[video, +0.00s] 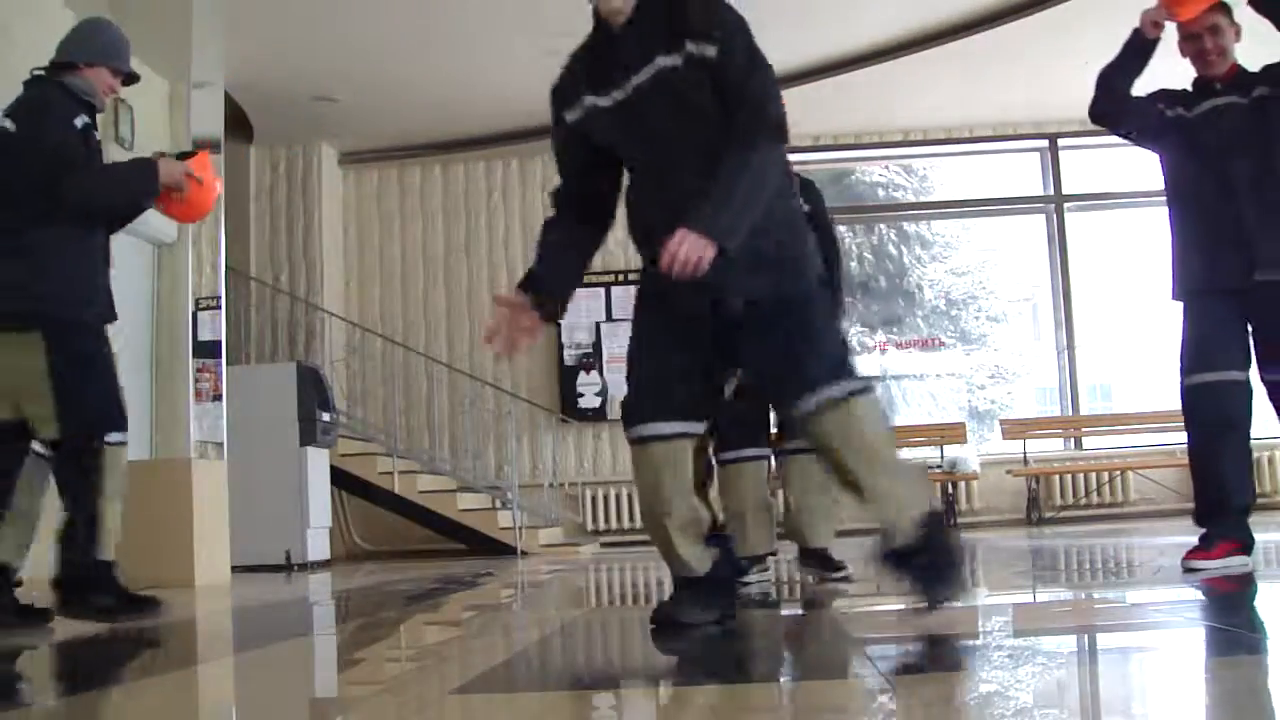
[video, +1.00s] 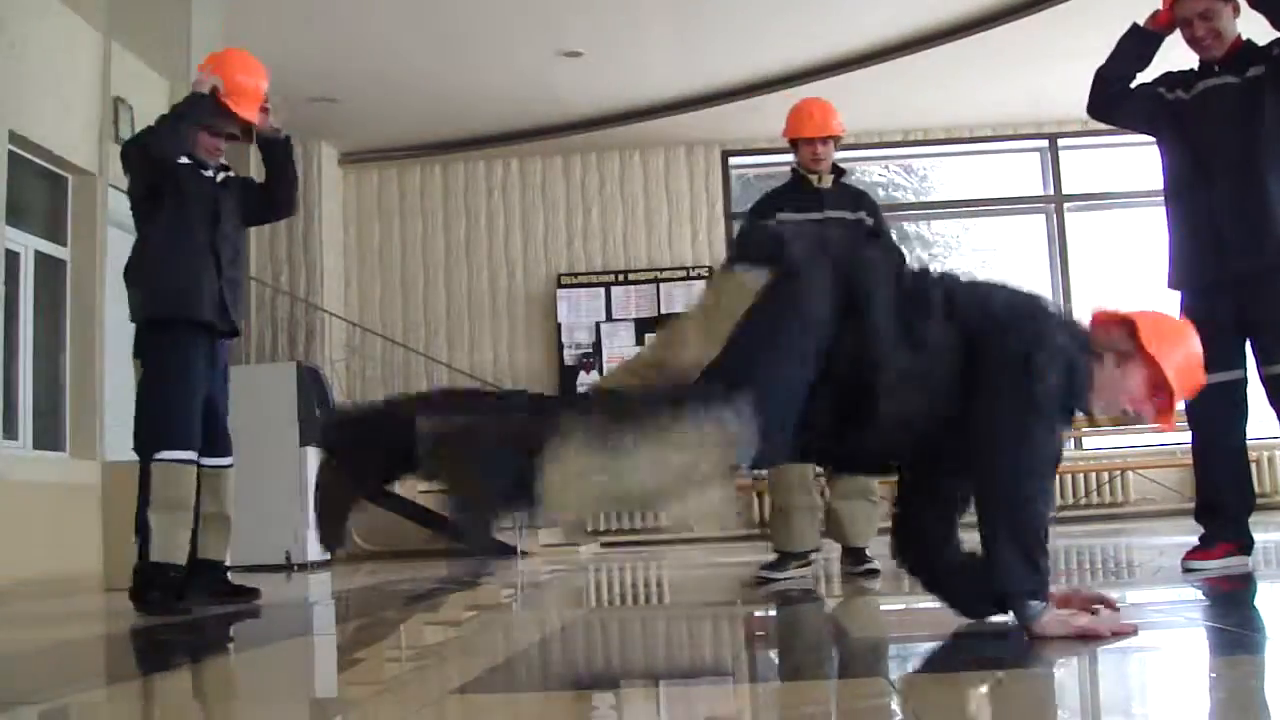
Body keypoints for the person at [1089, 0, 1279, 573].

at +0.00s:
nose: (1205, 44)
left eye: (1214, 30)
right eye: (1193, 38)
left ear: (1237, 29)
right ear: (1180, 47)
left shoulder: (1272, 88)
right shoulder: (1173, 112)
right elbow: (1106, 108)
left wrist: (1261, 8)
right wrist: (1143, 37)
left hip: (1274, 277)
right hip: (1210, 285)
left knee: (1278, 396)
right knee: (1212, 405)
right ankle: (1226, 535)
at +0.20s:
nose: (1192, 42)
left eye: (1201, 27)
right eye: (1179, 35)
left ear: (1223, 25)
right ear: (1166, 42)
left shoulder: (1265, 81)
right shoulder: (1156, 107)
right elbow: (1090, 104)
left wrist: (1248, 2)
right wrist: (1129, 27)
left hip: (1268, 273)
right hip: (1196, 286)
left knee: (1273, 382)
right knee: (1204, 410)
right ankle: (1225, 536)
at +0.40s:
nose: (1186, 39)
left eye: (1195, 26)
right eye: (1174, 32)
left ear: (1220, 24)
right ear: (1163, 40)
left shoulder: (1263, 78)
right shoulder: (1155, 105)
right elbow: (1088, 108)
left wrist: (1242, 1)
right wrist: (1123, 30)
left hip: (1266, 274)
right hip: (1193, 286)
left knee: (1276, 399)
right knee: (1203, 414)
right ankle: (1226, 538)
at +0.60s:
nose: (1189, 36)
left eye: (1198, 22)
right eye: (1177, 29)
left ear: (1225, 18)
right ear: (1168, 38)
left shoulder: (1266, 74)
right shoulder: (1162, 102)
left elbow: (1279, 33)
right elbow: (1094, 109)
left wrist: (1248, 4)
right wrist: (1135, 32)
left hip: (1267, 273)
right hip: (1198, 284)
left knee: (1278, 401)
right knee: (1207, 415)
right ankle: (1226, 538)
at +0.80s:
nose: (1192, 34)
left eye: (1201, 20)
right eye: (1181, 27)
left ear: (1230, 14)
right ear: (1173, 35)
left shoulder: (1268, 70)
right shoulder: (1170, 98)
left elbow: (1279, 35)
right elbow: (1100, 104)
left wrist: (1252, 4)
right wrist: (1151, 30)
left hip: (1268, 272)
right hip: (1202, 282)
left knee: (1279, 399)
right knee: (1211, 414)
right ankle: (1226, 538)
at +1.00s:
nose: (1196, 32)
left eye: (1205, 17)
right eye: (1185, 24)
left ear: (1234, 12)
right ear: (1178, 29)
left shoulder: (1269, 68)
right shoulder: (1172, 94)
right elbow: (1103, 101)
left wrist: (1258, 6)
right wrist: (1154, 27)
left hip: (1269, 273)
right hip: (1206, 281)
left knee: (1277, 399)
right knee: (1215, 416)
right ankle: (1226, 537)